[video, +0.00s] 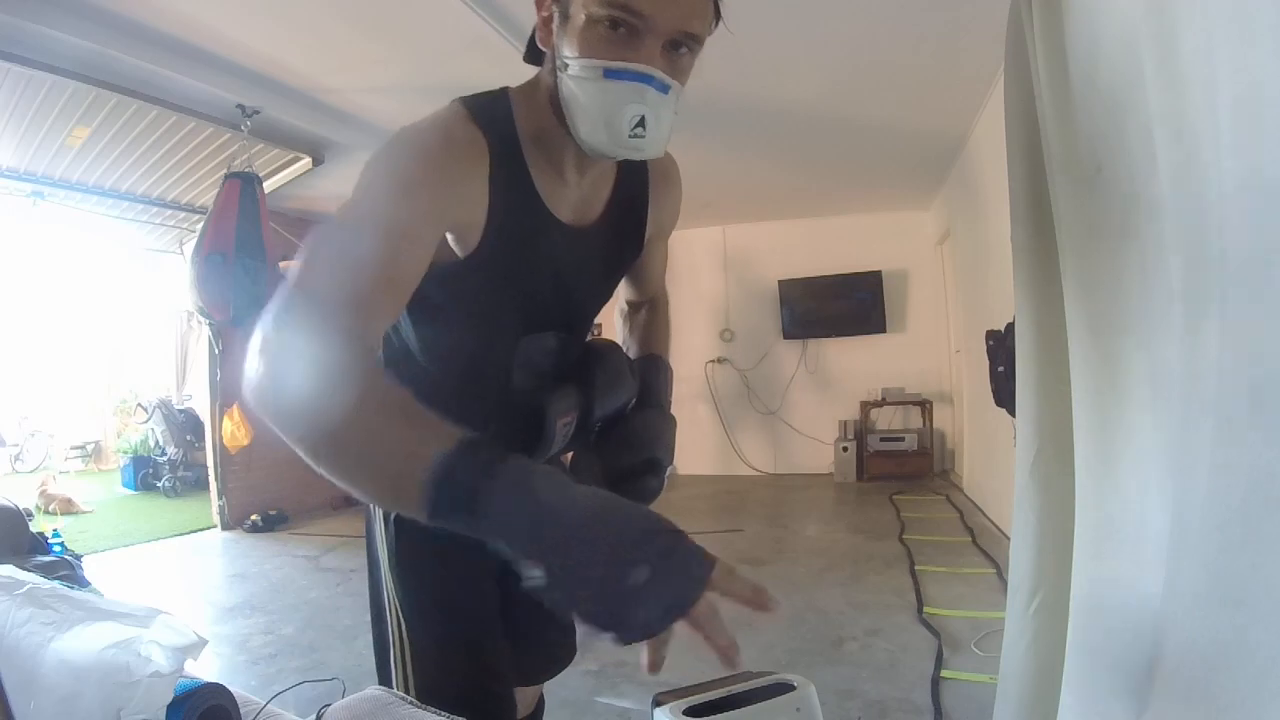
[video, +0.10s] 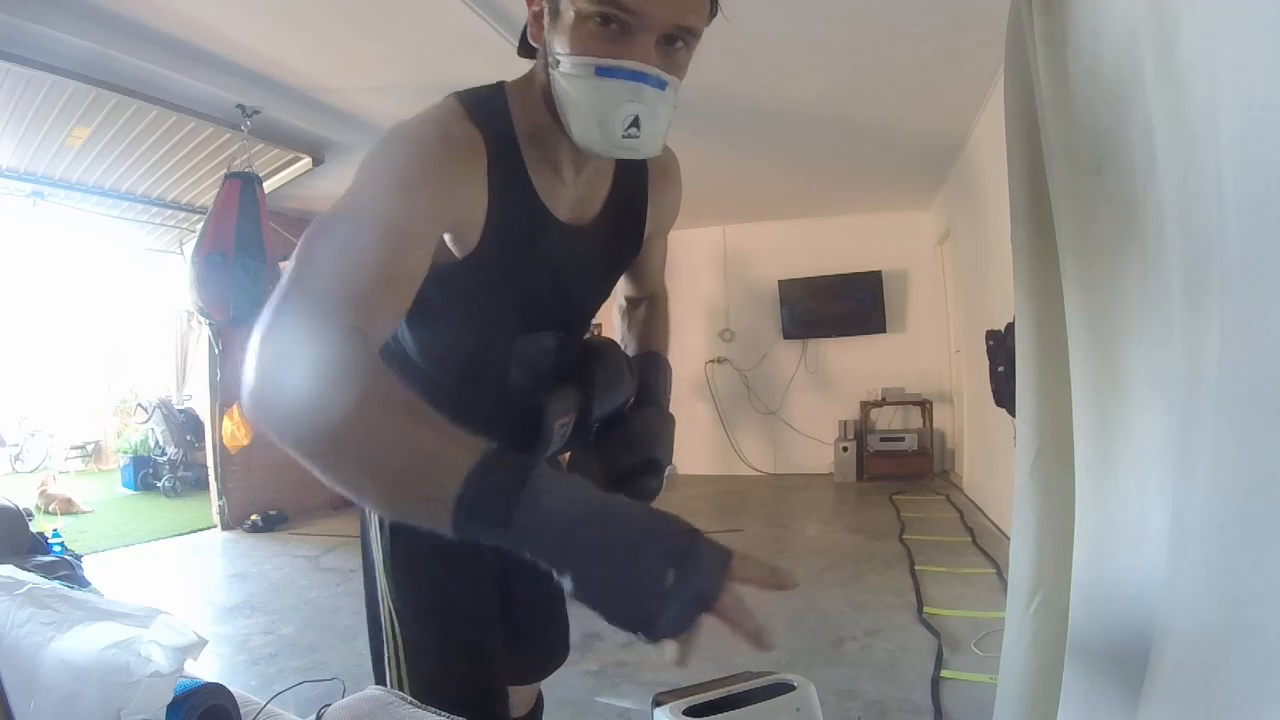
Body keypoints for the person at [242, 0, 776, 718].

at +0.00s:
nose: (648, 69)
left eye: (680, 46)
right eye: (619, 26)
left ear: (698, 58)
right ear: (551, 23)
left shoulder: (652, 180)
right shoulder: (443, 154)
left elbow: (644, 301)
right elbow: (294, 368)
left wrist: (650, 414)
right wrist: (529, 509)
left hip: (543, 472)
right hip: (423, 473)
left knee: (527, 684)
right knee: (461, 701)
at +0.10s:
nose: (642, 66)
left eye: (674, 42)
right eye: (609, 23)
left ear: (694, 56)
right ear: (539, 22)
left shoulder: (651, 176)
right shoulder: (440, 148)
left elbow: (645, 296)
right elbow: (294, 378)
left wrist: (651, 410)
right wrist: (559, 521)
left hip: (530, 467)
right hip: (419, 470)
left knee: (523, 683)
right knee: (459, 701)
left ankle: (518, 709)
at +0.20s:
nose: (644, 64)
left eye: (680, 37)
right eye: (614, 19)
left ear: (703, 45)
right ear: (543, 14)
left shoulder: (651, 172)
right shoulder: (431, 152)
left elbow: (638, 293)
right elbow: (320, 420)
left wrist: (640, 410)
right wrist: (550, 569)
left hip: (525, 465)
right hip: (418, 463)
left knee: (518, 682)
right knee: (455, 701)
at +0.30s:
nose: (661, 63)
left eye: (695, 38)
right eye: (632, 16)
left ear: (712, 46)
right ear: (548, 8)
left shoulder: (641, 158)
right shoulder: (428, 146)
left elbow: (628, 281)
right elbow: (343, 426)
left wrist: (630, 398)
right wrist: (506, 599)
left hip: (518, 472)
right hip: (414, 477)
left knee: (533, 685)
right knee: (441, 703)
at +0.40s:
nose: (681, 63)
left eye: (709, 38)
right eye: (658, 17)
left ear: (720, 40)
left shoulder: (625, 149)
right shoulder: (429, 134)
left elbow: (607, 268)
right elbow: (347, 410)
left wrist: (624, 381)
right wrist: (495, 598)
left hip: (515, 477)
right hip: (412, 484)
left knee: (532, 689)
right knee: (439, 706)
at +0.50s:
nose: (692, 71)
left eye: (712, 48)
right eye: (683, 30)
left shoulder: (603, 135)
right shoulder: (430, 119)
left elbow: (576, 253)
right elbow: (328, 387)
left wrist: (604, 358)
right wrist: (475, 532)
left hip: (506, 472)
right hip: (407, 482)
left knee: (487, 678)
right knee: (443, 699)